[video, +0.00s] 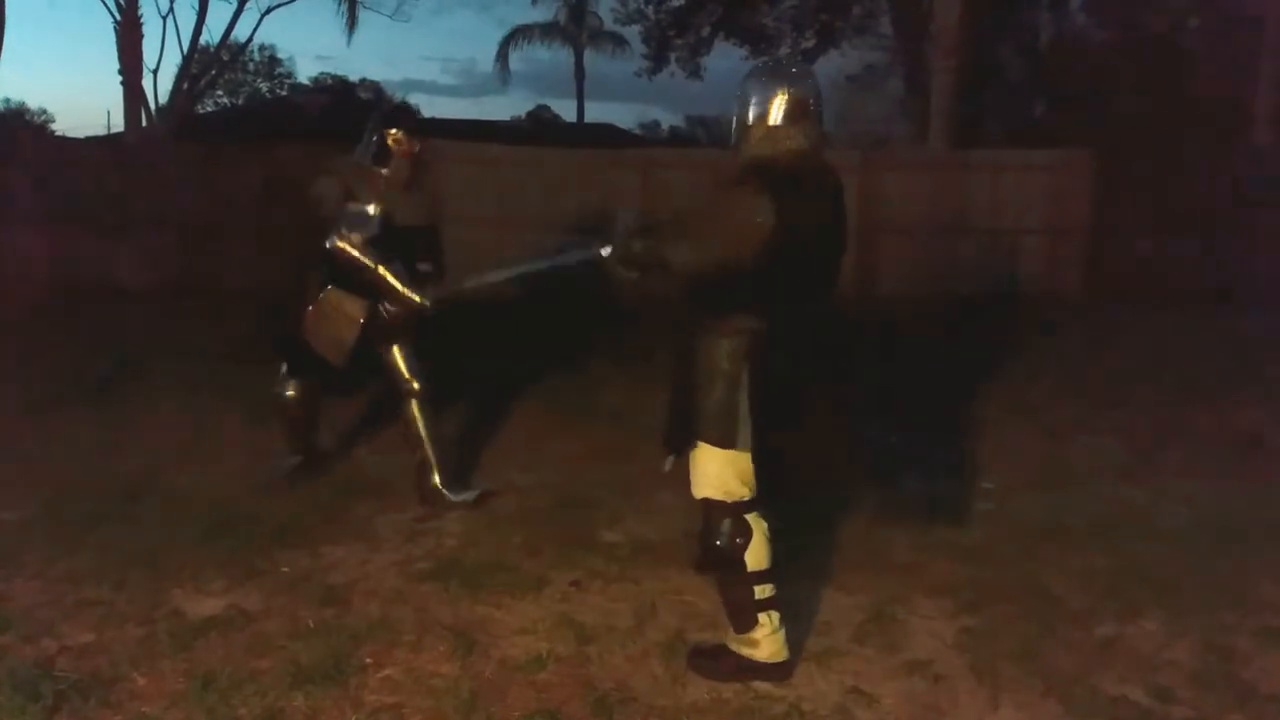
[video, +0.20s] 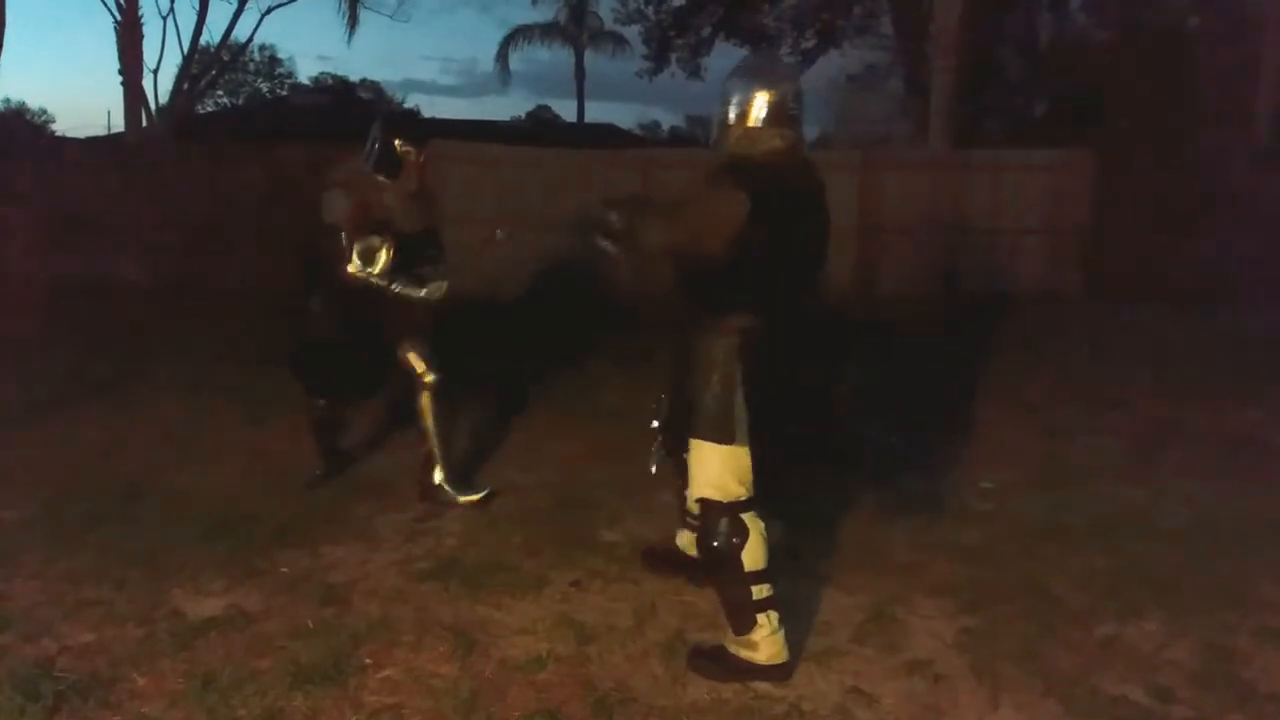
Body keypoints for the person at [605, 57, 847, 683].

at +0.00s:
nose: (750, 135)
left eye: (754, 123)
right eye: (757, 124)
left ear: (756, 125)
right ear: (806, 124)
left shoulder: (762, 189)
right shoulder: (816, 186)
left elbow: (722, 262)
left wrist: (656, 260)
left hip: (746, 348)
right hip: (781, 342)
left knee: (729, 490)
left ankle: (761, 643)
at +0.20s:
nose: (727, 130)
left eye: (734, 119)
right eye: (734, 119)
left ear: (742, 121)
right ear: (788, 121)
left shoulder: (742, 181)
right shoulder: (796, 179)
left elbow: (695, 249)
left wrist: (638, 240)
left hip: (735, 343)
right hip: (769, 335)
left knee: (722, 500)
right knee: (700, 440)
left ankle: (760, 646)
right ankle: (697, 547)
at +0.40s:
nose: (724, 142)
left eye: (733, 131)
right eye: (728, 131)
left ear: (749, 131)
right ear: (780, 131)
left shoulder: (759, 197)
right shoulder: (770, 191)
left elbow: (704, 270)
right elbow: (693, 240)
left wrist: (619, 251)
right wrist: (632, 228)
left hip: (739, 360)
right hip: (731, 349)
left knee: (689, 494)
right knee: (676, 435)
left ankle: (762, 638)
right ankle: (689, 550)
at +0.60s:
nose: (748, 151)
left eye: (757, 140)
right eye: (753, 141)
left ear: (769, 142)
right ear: (806, 146)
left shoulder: (771, 209)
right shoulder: (790, 201)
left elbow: (683, 269)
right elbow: (711, 239)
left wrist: (624, 246)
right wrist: (645, 226)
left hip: (731, 365)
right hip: (736, 353)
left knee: (710, 514)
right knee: (673, 449)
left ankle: (776, 659)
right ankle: (685, 548)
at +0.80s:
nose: (749, 145)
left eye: (758, 135)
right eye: (758, 136)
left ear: (771, 137)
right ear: (809, 142)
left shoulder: (776, 198)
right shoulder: (799, 195)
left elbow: (712, 252)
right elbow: (721, 235)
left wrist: (645, 214)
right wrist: (657, 205)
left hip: (744, 362)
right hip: (782, 349)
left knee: (717, 509)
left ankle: (777, 658)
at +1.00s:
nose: (736, 143)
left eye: (744, 132)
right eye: (744, 132)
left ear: (755, 134)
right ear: (789, 136)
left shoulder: (757, 193)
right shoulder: (782, 190)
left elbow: (702, 226)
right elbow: (704, 192)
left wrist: (642, 182)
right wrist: (654, 157)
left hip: (738, 343)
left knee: (737, 486)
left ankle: (767, 632)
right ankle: (725, 525)